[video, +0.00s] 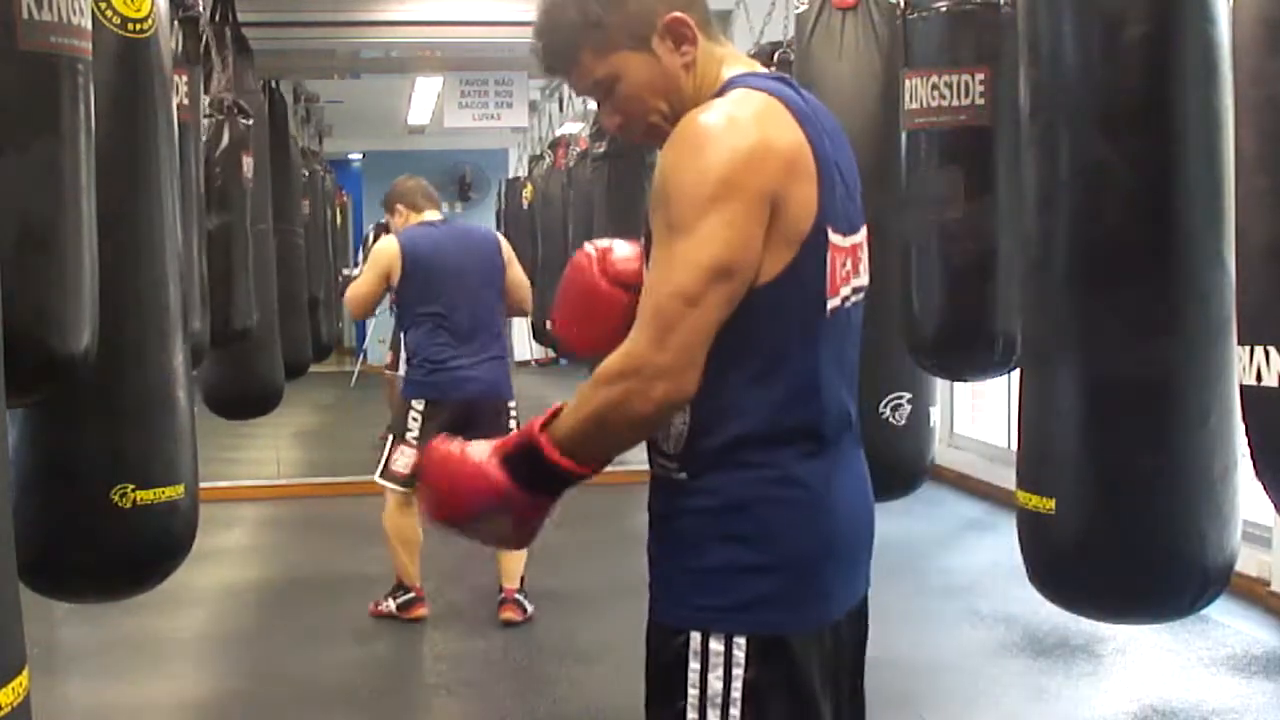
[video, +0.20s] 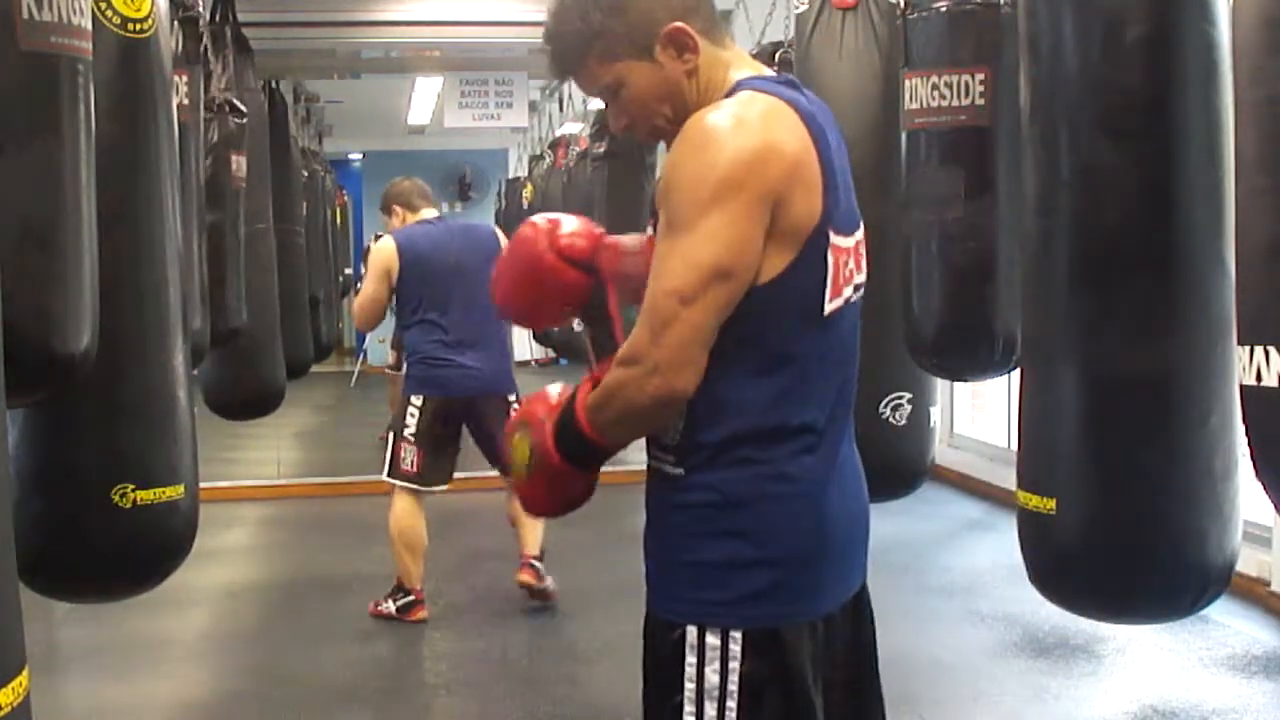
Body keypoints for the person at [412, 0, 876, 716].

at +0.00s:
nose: (608, 121)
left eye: (607, 90)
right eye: (593, 102)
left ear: (677, 39)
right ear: (682, 42)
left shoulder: (723, 136)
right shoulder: (796, 116)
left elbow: (657, 375)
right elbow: (780, 323)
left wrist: (523, 470)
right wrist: (650, 309)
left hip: (742, 546)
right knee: (819, 705)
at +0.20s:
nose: (615, 122)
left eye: (613, 95)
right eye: (603, 104)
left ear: (679, 49)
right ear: (684, 49)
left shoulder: (728, 137)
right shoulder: (793, 112)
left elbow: (662, 374)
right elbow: (755, 260)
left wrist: (566, 442)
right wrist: (603, 260)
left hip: (734, 542)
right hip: (809, 517)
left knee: (710, 710)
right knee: (831, 707)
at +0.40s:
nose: (616, 122)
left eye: (615, 93)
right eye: (604, 102)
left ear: (684, 52)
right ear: (687, 55)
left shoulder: (741, 137)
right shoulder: (751, 118)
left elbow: (644, 371)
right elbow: (640, 252)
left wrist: (583, 406)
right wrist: (547, 301)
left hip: (732, 546)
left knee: (716, 711)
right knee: (824, 706)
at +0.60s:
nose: (605, 104)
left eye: (608, 73)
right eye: (595, 80)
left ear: (685, 44)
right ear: (683, 50)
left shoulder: (747, 133)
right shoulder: (690, 120)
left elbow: (619, 343)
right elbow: (614, 251)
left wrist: (619, 421)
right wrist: (562, 342)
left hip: (729, 536)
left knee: (710, 710)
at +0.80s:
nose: (590, 72)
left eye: (601, 37)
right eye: (585, 45)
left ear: (680, 27)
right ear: (679, 34)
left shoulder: (719, 119)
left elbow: (577, 303)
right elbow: (566, 273)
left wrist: (619, 374)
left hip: (729, 533)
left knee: (709, 711)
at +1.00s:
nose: (590, 71)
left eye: (596, 39)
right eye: (588, 43)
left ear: (659, 39)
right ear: (661, 40)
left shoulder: (701, 135)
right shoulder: (765, 119)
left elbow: (639, 355)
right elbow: (673, 276)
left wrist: (586, 394)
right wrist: (529, 318)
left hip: (719, 528)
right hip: (790, 502)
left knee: (695, 710)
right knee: (789, 706)